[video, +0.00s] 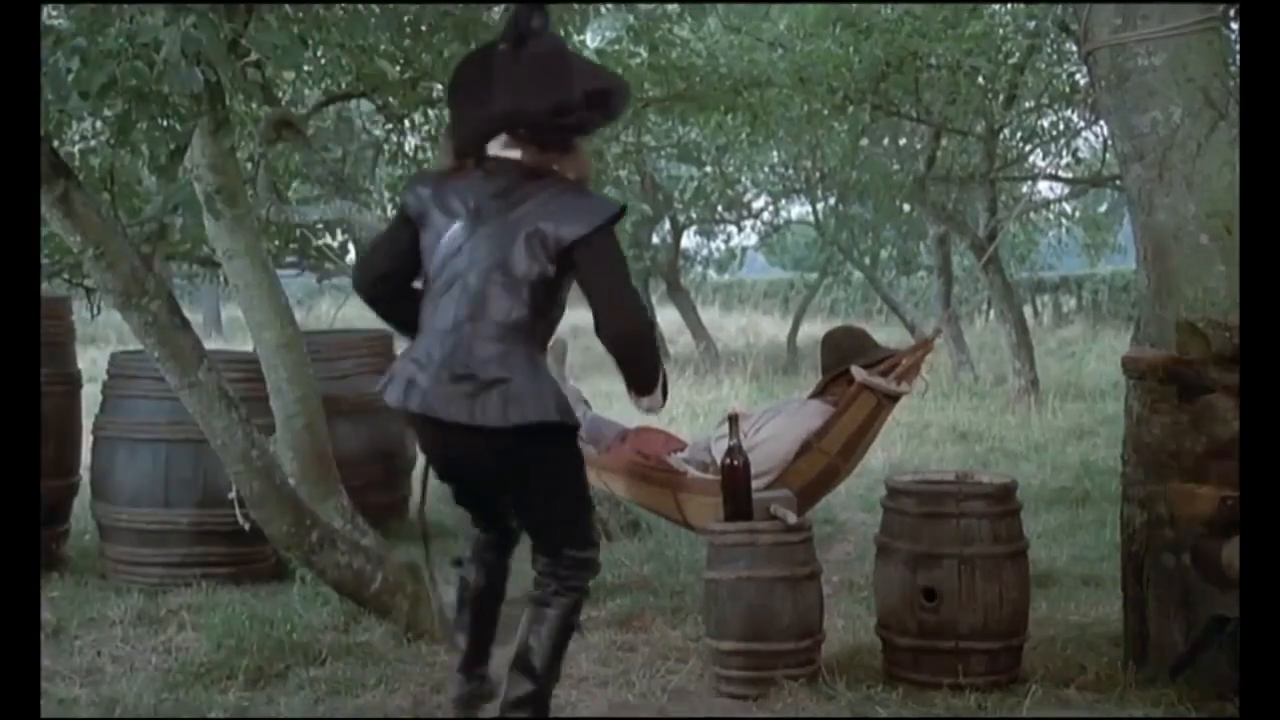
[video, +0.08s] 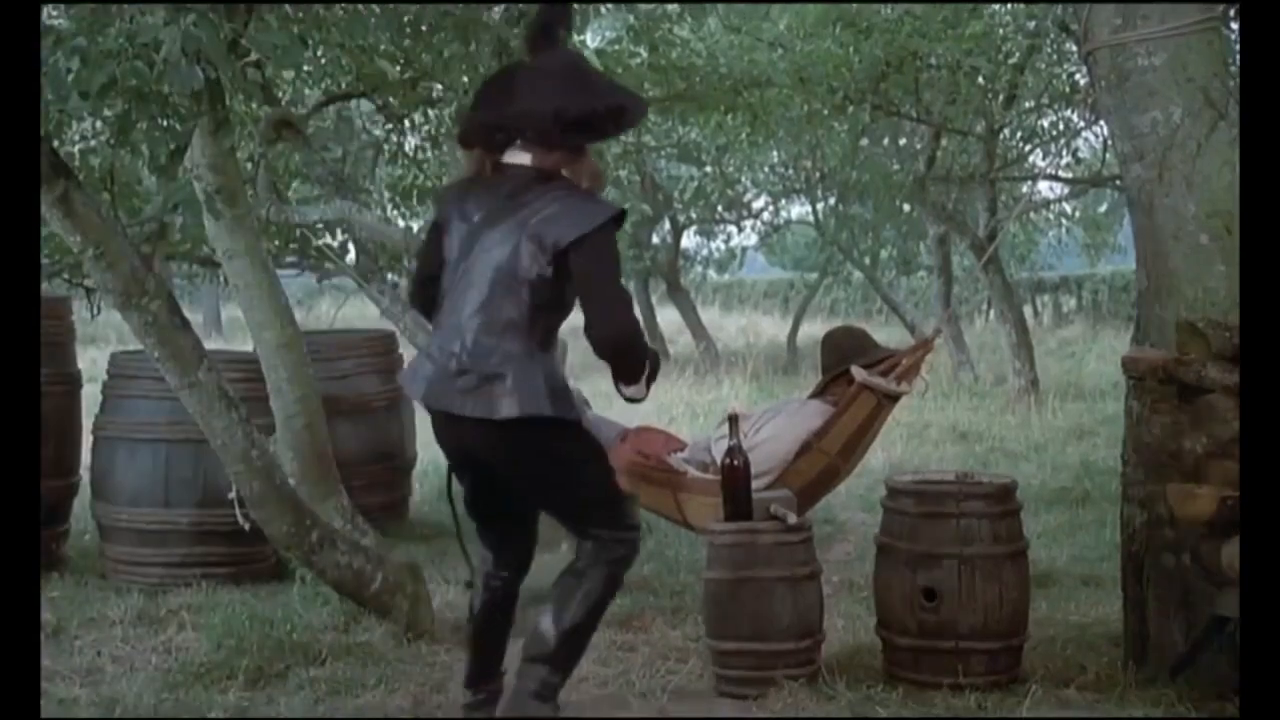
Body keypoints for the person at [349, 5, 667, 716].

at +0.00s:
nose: (589, 146)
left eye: (587, 132)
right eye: (583, 134)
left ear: (490, 129)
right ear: (562, 135)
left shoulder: (438, 193)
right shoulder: (573, 209)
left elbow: (373, 274)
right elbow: (621, 317)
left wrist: (432, 330)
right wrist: (646, 379)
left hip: (431, 410)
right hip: (519, 414)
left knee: (491, 528)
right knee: (568, 555)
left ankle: (469, 682)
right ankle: (525, 702)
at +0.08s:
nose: (598, 151)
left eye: (597, 137)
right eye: (594, 138)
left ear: (504, 137)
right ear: (575, 142)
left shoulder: (460, 199)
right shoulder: (578, 213)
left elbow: (423, 293)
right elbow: (609, 328)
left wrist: (478, 331)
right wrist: (635, 365)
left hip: (449, 412)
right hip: (526, 415)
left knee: (505, 543)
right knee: (611, 535)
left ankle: (481, 692)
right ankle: (532, 695)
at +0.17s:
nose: (615, 184)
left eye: (614, 169)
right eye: (612, 170)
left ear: (545, 160)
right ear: (592, 166)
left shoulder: (507, 216)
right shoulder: (587, 223)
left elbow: (526, 347)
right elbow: (611, 346)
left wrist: (602, 373)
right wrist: (641, 370)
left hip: (459, 411)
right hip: (519, 414)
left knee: (534, 531)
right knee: (642, 500)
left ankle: (486, 680)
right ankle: (582, 664)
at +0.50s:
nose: (715, 274)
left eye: (715, 258)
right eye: (710, 258)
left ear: (652, 249)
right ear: (679, 253)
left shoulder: (608, 283)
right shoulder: (662, 293)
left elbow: (667, 422)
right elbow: (686, 402)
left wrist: (745, 488)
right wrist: (730, 415)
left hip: (502, 428)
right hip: (543, 434)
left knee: (613, 510)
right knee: (682, 517)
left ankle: (561, 646)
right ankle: (634, 679)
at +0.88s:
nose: (744, 285)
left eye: (746, 272)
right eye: (742, 271)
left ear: (687, 263)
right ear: (711, 269)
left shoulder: (639, 292)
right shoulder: (670, 308)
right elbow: (682, 421)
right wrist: (724, 457)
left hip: (519, 427)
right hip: (543, 434)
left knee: (638, 513)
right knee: (684, 514)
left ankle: (564, 646)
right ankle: (633, 677)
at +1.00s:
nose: (748, 276)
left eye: (750, 262)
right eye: (746, 260)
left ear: (693, 254)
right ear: (716, 259)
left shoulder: (644, 285)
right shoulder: (676, 302)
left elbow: (652, 410)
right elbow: (689, 416)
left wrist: (699, 463)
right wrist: (732, 424)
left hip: (518, 409)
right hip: (543, 416)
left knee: (635, 510)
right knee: (682, 511)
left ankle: (563, 646)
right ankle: (634, 675)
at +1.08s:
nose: (752, 260)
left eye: (753, 246)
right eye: (749, 244)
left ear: (699, 239)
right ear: (719, 242)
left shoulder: (649, 272)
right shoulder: (677, 285)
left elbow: (650, 403)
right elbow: (705, 395)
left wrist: (725, 459)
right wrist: (756, 389)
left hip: (526, 399)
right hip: (552, 407)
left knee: (635, 509)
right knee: (690, 488)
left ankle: (563, 644)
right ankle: (648, 663)